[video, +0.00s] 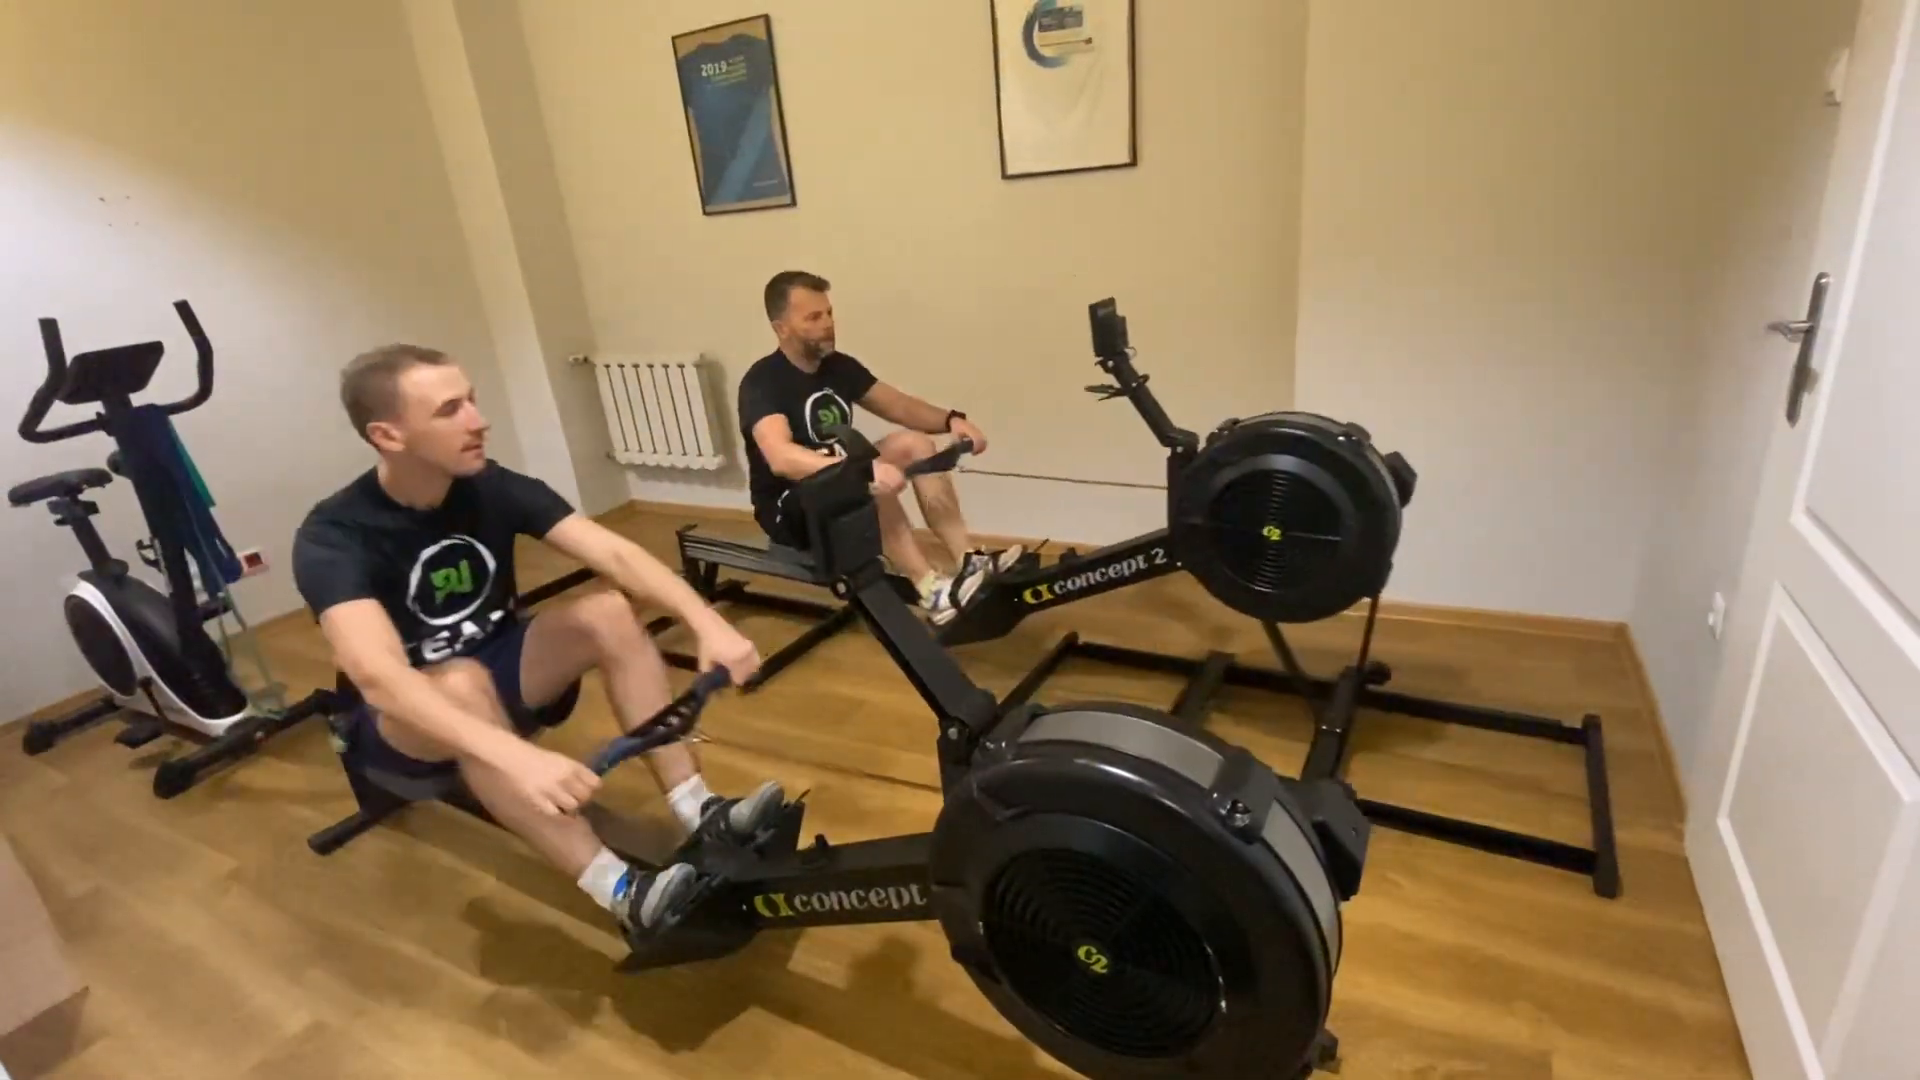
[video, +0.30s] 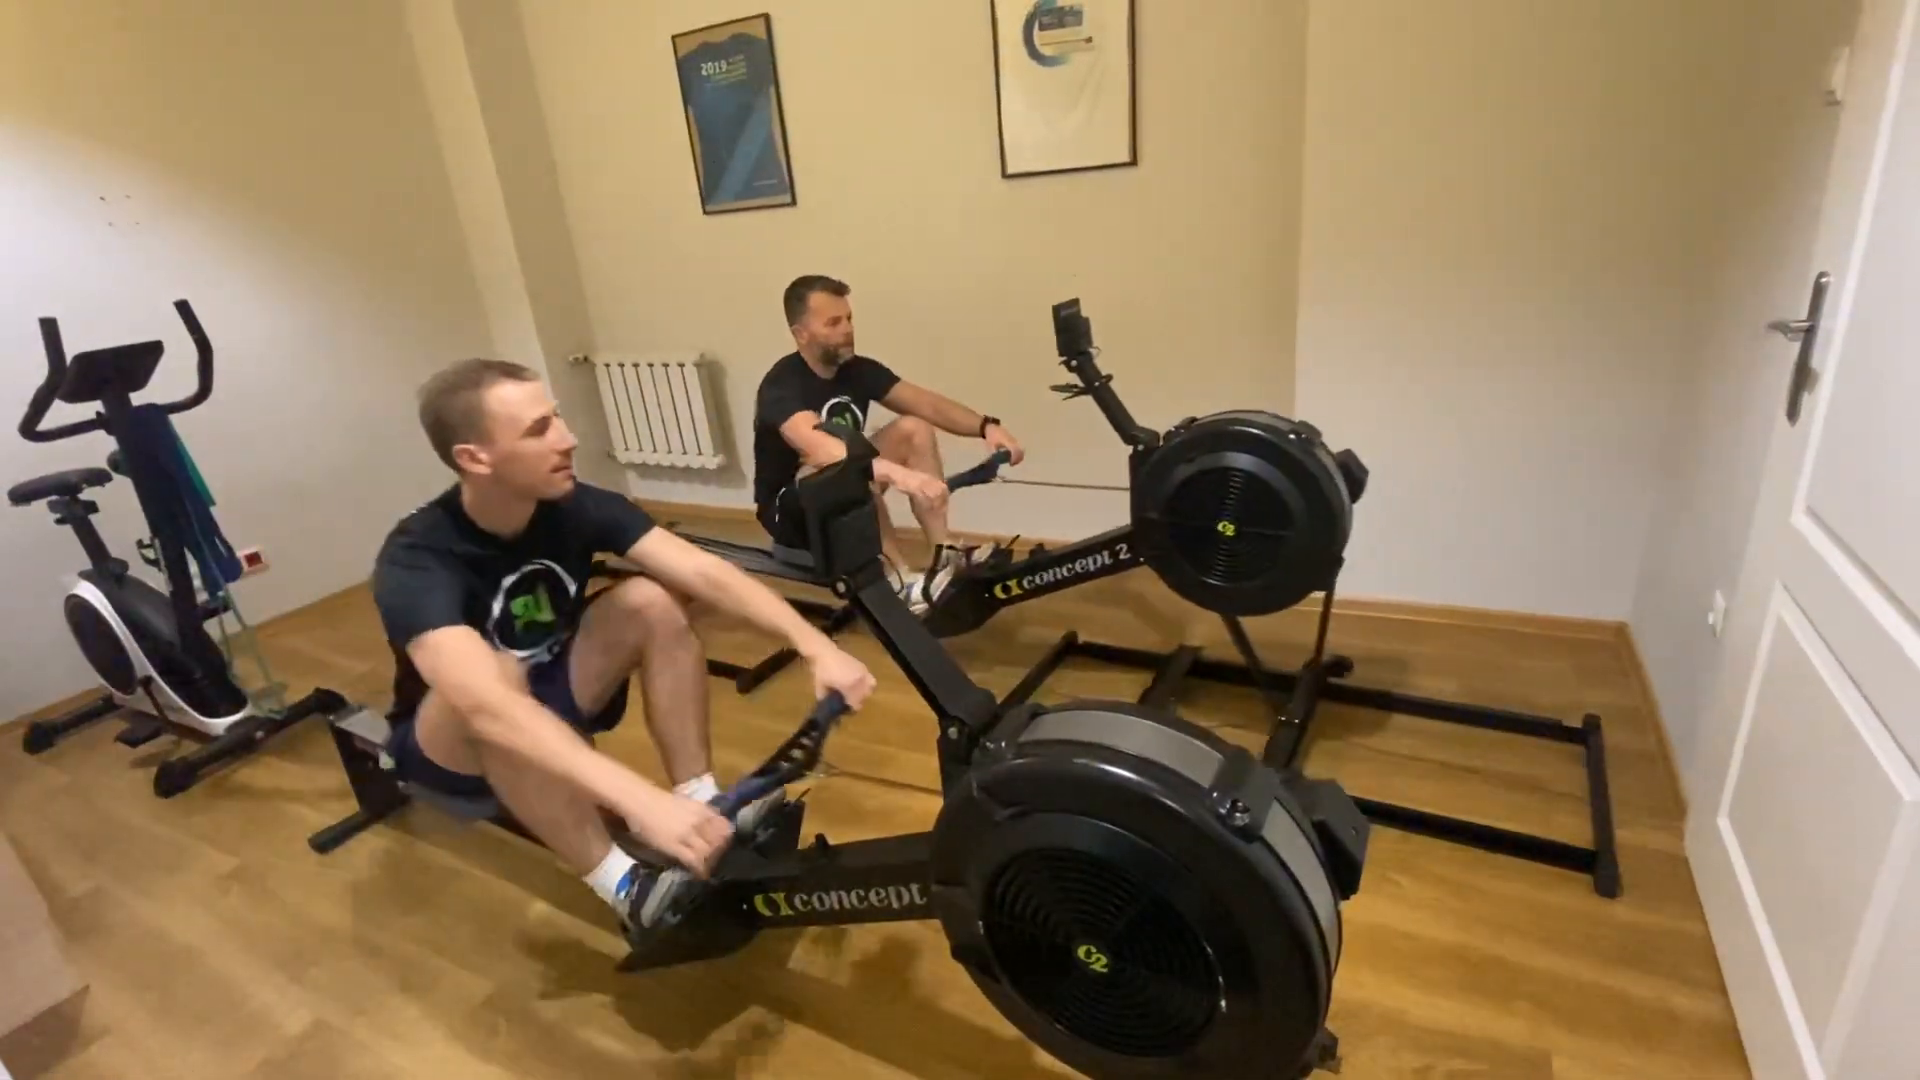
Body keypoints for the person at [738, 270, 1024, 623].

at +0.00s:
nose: (829, 324)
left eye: (829, 314)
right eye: (815, 318)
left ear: (832, 311)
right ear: (782, 328)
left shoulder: (838, 367)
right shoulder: (762, 382)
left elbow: (901, 406)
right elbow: (781, 458)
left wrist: (951, 420)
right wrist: (859, 471)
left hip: (846, 486)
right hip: (791, 506)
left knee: (914, 444)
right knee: (866, 480)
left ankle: (969, 562)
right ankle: (931, 589)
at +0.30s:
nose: (848, 330)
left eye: (848, 319)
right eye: (834, 323)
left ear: (852, 316)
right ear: (800, 333)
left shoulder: (857, 370)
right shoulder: (780, 386)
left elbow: (926, 404)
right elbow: (819, 449)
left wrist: (987, 426)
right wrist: (900, 476)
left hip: (845, 491)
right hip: (791, 513)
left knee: (914, 431)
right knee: (843, 467)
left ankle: (945, 557)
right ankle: (899, 581)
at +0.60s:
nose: (873, 337)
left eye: (873, 326)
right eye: (858, 330)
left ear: (876, 324)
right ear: (824, 342)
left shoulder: (880, 377)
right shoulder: (810, 397)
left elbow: (963, 407)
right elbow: (874, 444)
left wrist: (1031, 433)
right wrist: (953, 479)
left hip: (848, 502)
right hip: (794, 518)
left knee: (916, 421)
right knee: (843, 442)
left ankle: (927, 548)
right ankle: (874, 566)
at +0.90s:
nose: (849, 324)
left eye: (848, 314)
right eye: (835, 318)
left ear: (852, 312)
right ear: (803, 333)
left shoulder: (857, 370)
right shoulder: (788, 391)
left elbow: (933, 405)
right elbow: (856, 443)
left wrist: (998, 422)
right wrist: (933, 466)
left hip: (845, 488)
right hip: (790, 508)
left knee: (919, 440)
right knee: (849, 478)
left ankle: (968, 561)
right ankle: (924, 587)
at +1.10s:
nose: (806, 315)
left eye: (807, 303)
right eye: (792, 307)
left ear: (811, 302)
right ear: (759, 316)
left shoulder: (821, 360)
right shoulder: (749, 377)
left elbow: (885, 395)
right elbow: (807, 429)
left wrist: (947, 407)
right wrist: (876, 445)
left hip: (844, 479)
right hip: (791, 503)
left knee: (932, 476)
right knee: (872, 508)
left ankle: (1013, 570)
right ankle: (975, 600)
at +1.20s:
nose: (789, 318)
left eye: (790, 307)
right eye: (775, 312)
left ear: (792, 304)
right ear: (742, 319)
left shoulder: (804, 359)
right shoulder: (732, 377)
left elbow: (862, 396)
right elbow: (769, 436)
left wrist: (917, 400)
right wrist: (845, 444)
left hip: (845, 486)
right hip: (796, 509)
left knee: (924, 490)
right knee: (890, 514)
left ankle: (1032, 573)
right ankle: (996, 603)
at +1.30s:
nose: (773, 328)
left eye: (774, 317)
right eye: (760, 320)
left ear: (776, 315)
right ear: (728, 326)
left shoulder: (791, 367)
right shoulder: (717, 383)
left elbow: (850, 409)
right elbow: (731, 450)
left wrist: (885, 407)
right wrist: (804, 443)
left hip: (853, 483)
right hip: (806, 510)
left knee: (935, 514)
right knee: (901, 534)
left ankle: (1048, 577)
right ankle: (1014, 608)